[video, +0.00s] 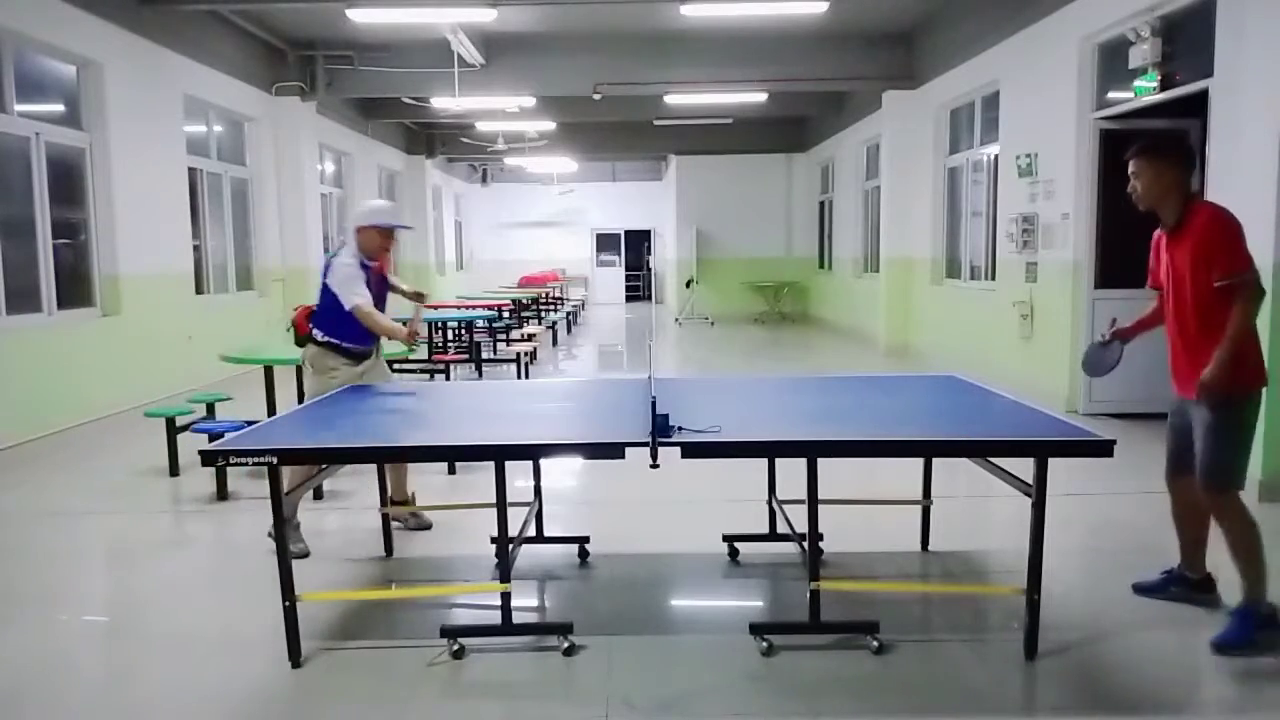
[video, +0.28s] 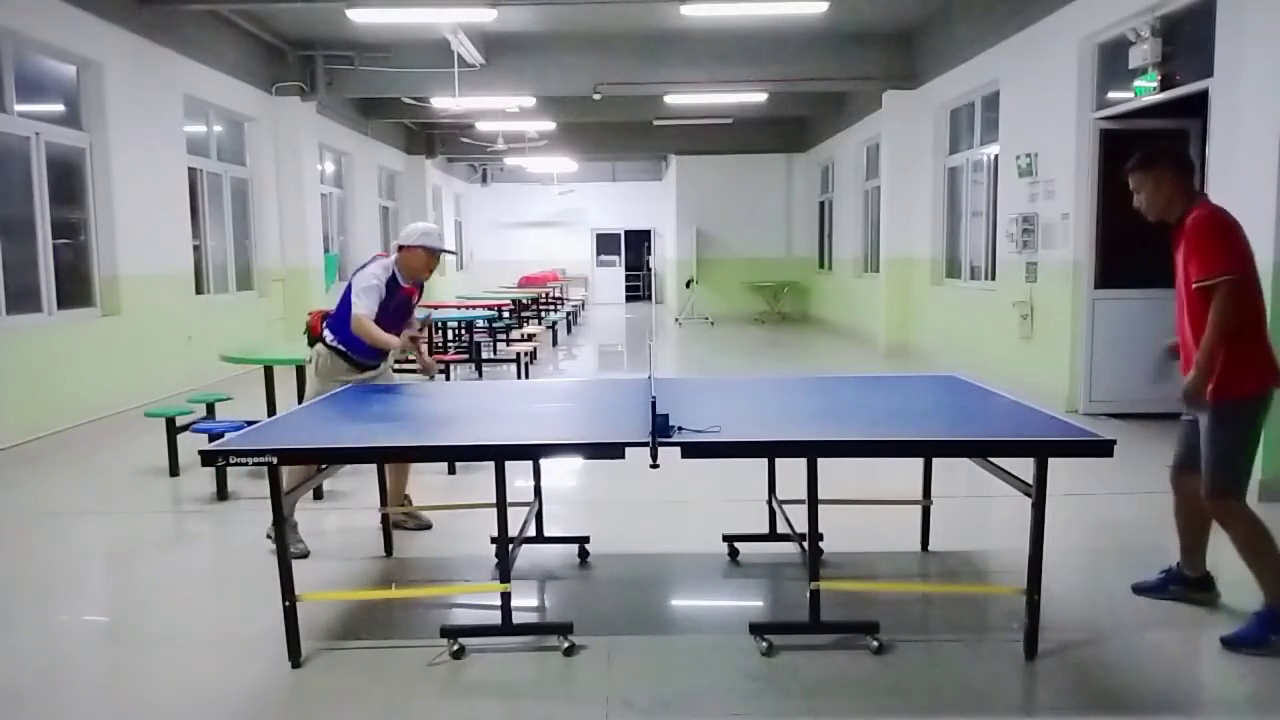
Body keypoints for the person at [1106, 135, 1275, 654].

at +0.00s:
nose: (1130, 187)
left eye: (1137, 176)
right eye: (1129, 178)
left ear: (1170, 174)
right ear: (1150, 181)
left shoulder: (1214, 225)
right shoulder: (1161, 238)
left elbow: (1250, 294)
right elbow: (1168, 303)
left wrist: (1220, 362)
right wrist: (1130, 329)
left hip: (1229, 383)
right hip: (1188, 382)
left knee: (1217, 488)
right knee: (1181, 478)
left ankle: (1259, 604)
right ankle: (1192, 575)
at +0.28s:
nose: (1136, 203)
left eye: (1140, 190)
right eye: (1133, 193)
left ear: (1170, 179)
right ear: (1170, 182)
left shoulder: (1208, 225)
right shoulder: (1191, 231)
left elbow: (1228, 299)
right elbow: (1213, 302)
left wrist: (1201, 374)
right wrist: (1186, 343)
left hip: (1240, 384)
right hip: (1212, 383)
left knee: (1222, 496)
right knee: (1186, 477)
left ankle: (1277, 607)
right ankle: (1192, 574)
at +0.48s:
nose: (1161, 214)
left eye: (1160, 201)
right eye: (1157, 204)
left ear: (1183, 183)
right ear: (1199, 181)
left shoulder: (1208, 227)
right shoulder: (1255, 223)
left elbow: (1218, 307)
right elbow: (1256, 308)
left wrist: (1195, 377)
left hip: (1249, 389)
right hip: (1258, 385)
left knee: (1232, 502)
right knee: (1217, 486)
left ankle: (1278, 612)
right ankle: (1206, 576)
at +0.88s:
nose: (1228, 238)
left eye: (1226, 232)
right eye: (1227, 233)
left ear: (1233, 224)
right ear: (1266, 214)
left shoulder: (1241, 241)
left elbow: (1238, 299)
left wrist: (1248, 388)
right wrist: (1243, 373)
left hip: (1272, 404)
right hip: (1272, 403)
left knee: (1242, 506)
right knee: (1250, 506)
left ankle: (1276, 613)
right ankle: (1274, 614)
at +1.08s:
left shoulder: (1274, 273)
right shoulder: (1273, 274)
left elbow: (1261, 323)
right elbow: (1261, 322)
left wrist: (1246, 400)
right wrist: (1247, 400)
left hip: (1279, 428)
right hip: (1277, 427)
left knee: (1260, 509)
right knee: (1259, 509)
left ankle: (1277, 614)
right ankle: (1276, 614)